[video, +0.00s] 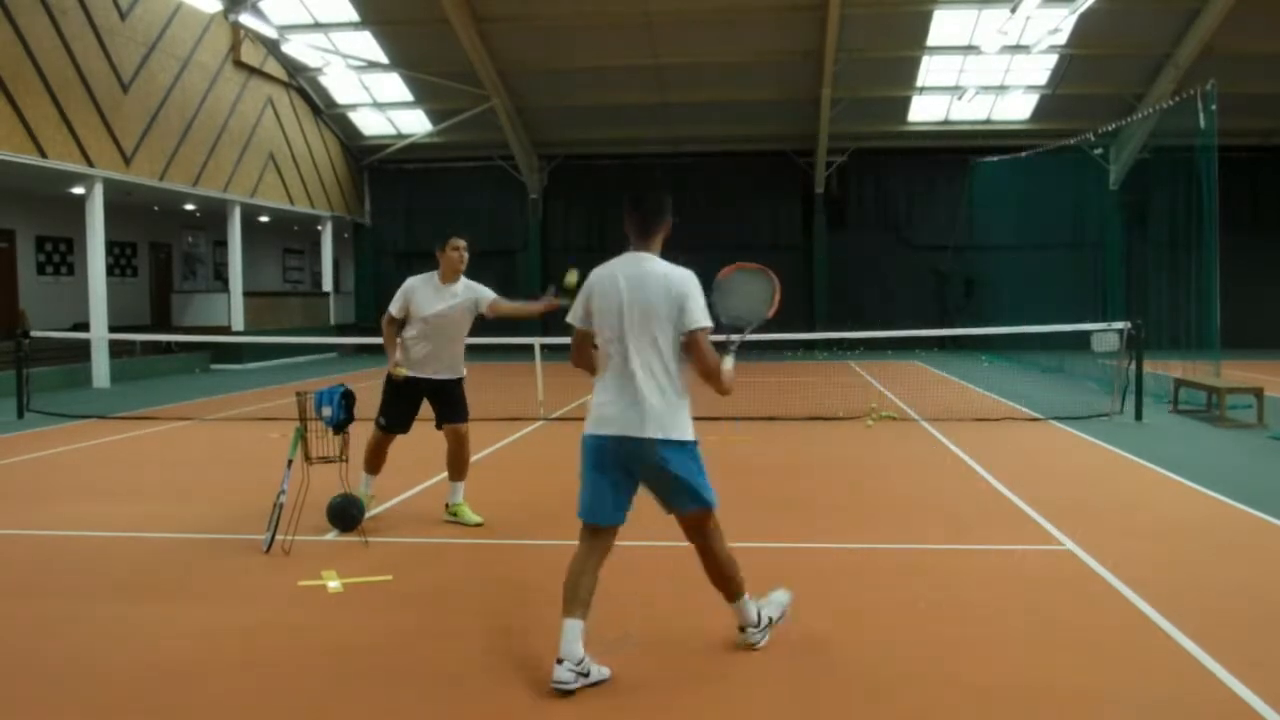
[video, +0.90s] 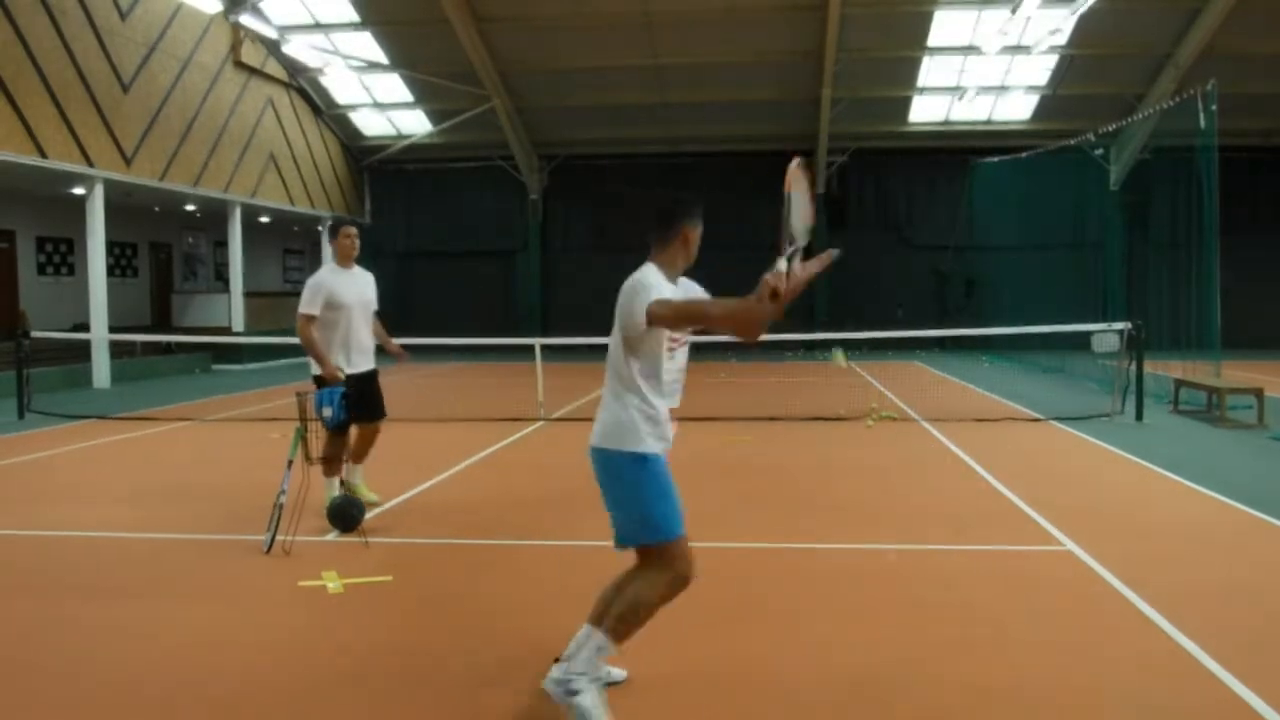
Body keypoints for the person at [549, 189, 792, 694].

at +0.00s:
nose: (666, 233)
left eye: (653, 223)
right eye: (667, 225)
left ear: (626, 226)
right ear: (666, 228)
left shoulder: (597, 278)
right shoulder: (679, 280)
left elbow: (581, 355)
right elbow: (701, 354)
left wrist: (624, 373)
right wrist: (722, 379)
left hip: (605, 432)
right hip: (663, 432)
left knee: (592, 543)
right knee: (704, 532)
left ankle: (569, 659)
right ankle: (750, 618)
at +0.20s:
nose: (650, 198)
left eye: (635, 190)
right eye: (652, 191)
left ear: (607, 191)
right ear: (651, 192)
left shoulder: (584, 244)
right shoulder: (646, 247)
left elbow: (576, 317)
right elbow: (650, 330)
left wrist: (648, 332)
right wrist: (670, 369)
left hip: (573, 407)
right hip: (624, 411)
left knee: (586, 525)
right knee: (664, 526)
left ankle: (565, 650)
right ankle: (676, 654)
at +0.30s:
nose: (644, 204)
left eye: (637, 194)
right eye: (644, 196)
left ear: (599, 198)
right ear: (639, 199)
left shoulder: (575, 250)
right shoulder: (637, 251)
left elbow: (584, 329)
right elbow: (641, 338)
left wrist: (653, 331)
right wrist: (664, 376)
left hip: (564, 412)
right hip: (613, 417)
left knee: (582, 530)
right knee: (646, 538)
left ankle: (544, 652)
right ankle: (610, 668)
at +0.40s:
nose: (636, 217)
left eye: (629, 209)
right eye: (636, 210)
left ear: (591, 214)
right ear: (633, 214)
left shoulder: (571, 271)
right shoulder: (625, 277)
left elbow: (589, 353)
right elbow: (637, 363)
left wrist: (653, 350)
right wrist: (666, 398)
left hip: (560, 432)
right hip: (604, 440)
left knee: (587, 550)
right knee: (615, 564)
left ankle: (547, 656)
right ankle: (541, 682)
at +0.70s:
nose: (656, 244)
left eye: (654, 236)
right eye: (656, 236)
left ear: (610, 238)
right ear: (649, 239)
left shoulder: (601, 290)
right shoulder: (626, 295)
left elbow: (653, 364)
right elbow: (668, 376)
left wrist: (718, 346)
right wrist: (724, 384)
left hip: (594, 458)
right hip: (599, 462)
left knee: (649, 548)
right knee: (591, 591)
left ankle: (578, 658)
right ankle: (509, 706)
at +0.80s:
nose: (673, 242)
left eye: (671, 234)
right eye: (673, 234)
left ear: (633, 235)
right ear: (663, 236)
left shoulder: (650, 292)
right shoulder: (627, 289)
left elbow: (701, 340)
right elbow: (670, 344)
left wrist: (755, 315)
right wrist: (748, 345)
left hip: (628, 454)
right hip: (609, 454)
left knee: (656, 556)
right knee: (622, 578)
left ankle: (575, 657)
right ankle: (524, 695)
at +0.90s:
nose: (698, 245)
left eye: (698, 238)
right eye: (697, 236)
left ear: (672, 239)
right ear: (684, 237)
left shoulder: (684, 289)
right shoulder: (643, 288)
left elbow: (745, 328)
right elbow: (708, 318)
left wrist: (771, 294)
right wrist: (767, 298)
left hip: (640, 447)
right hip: (628, 448)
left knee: (655, 563)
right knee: (673, 570)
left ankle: (583, 653)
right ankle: (577, 671)